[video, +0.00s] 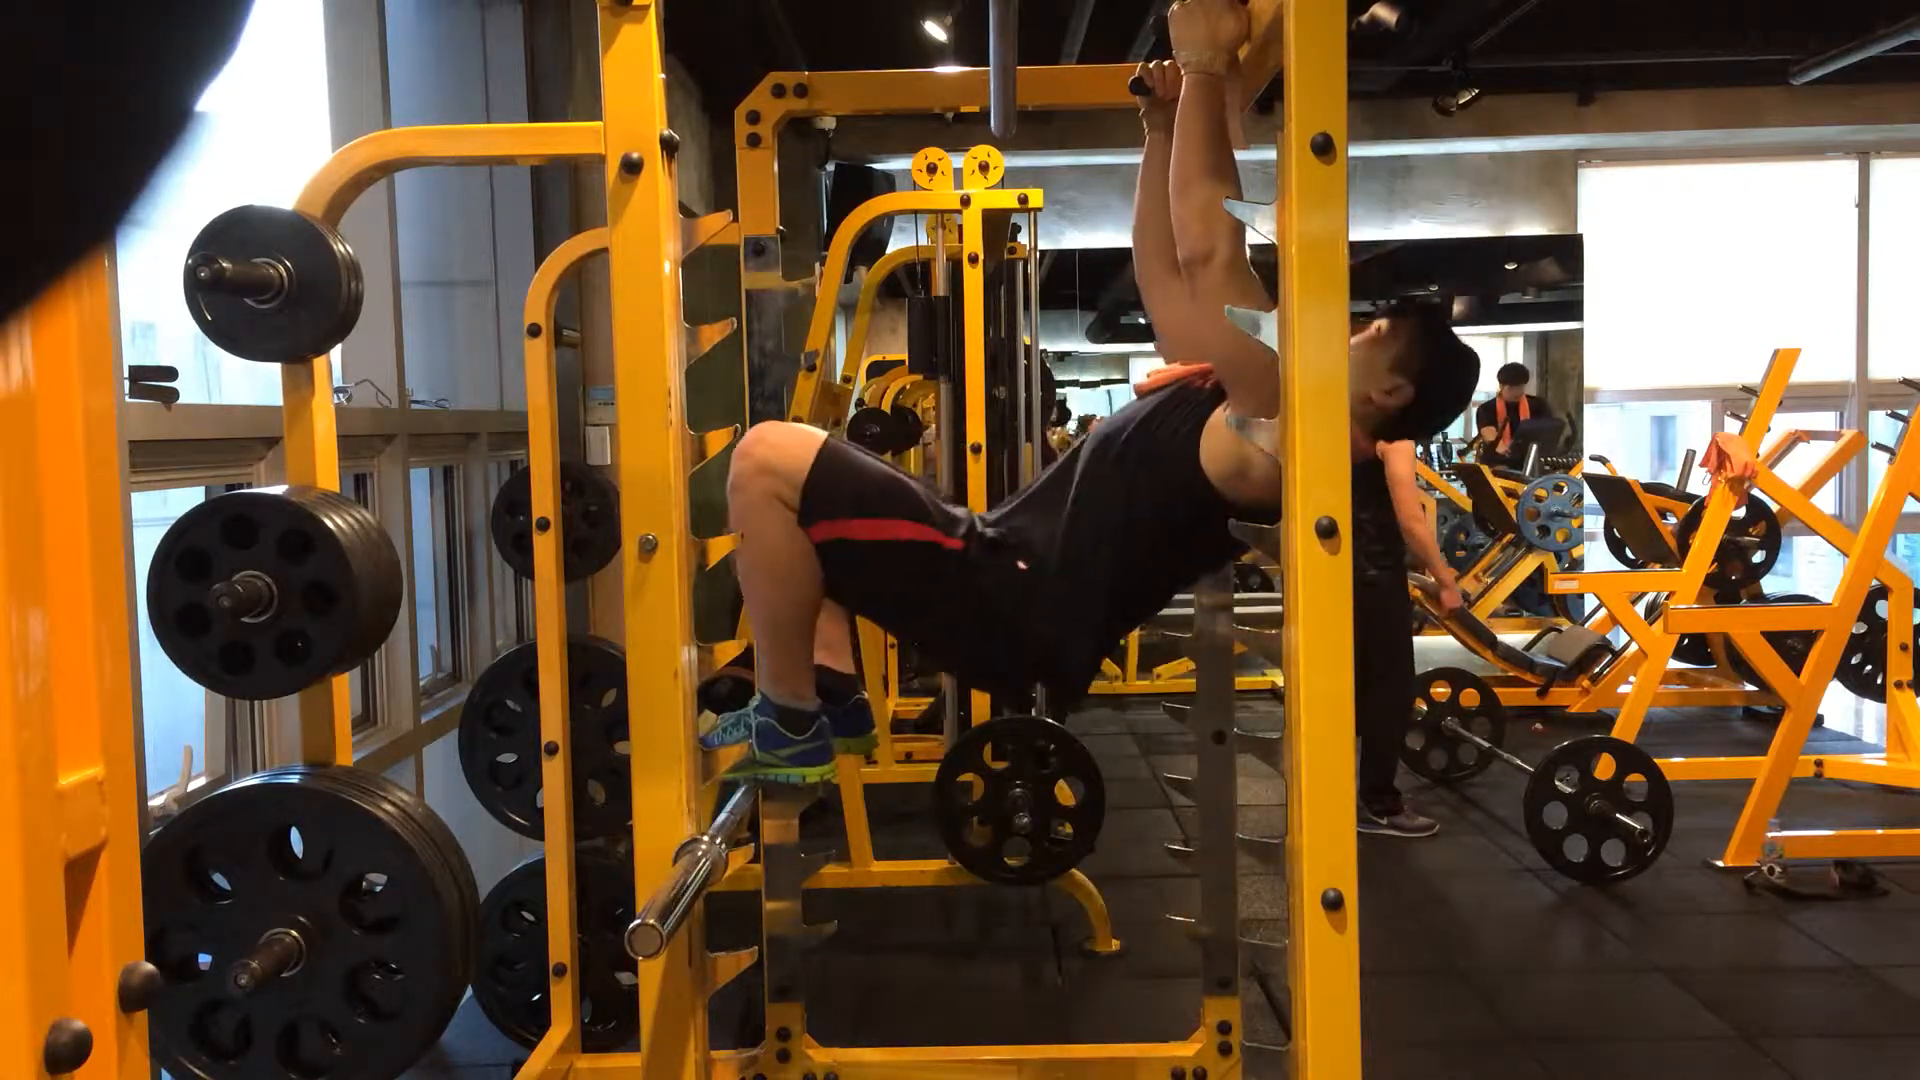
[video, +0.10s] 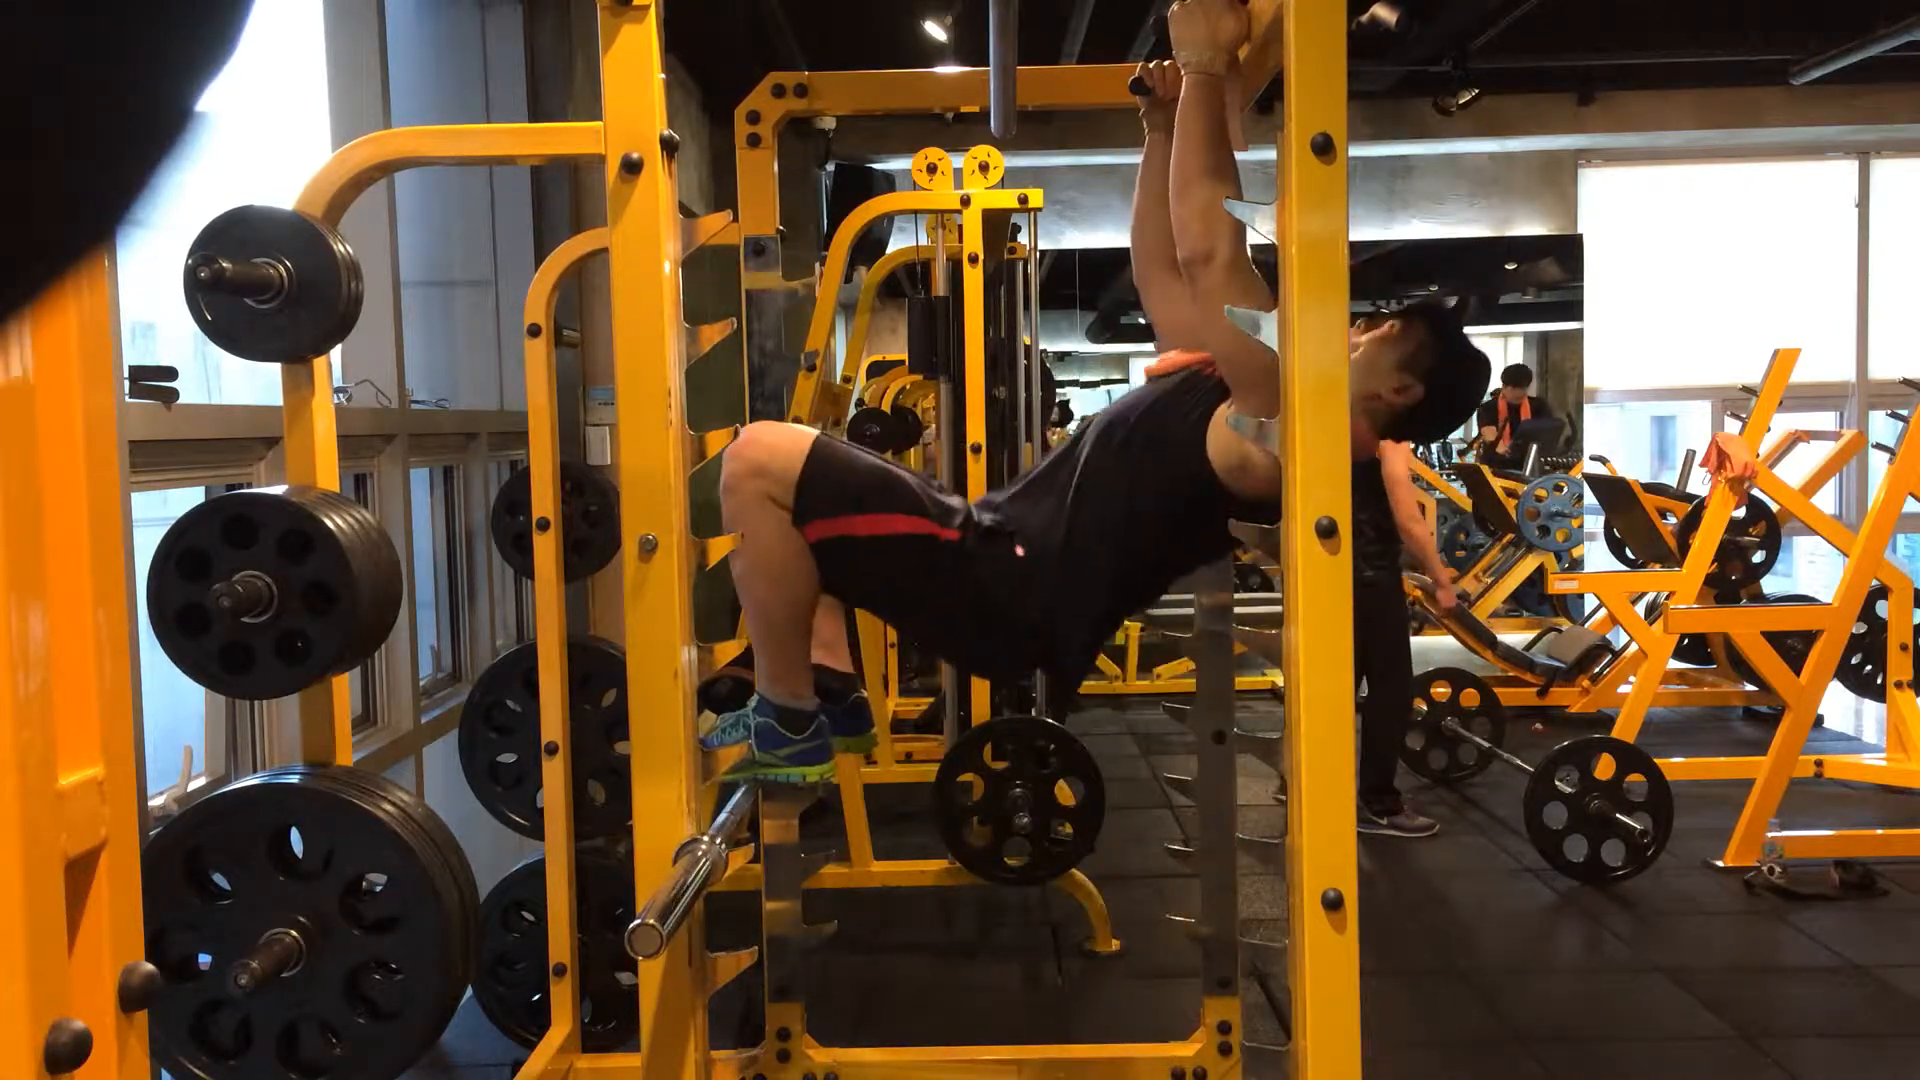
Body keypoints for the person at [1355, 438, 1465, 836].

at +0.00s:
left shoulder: (1335, 425)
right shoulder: (1393, 430)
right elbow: (1408, 516)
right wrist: (1444, 579)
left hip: (1334, 574)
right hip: (1376, 580)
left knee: (1346, 686)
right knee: (1391, 685)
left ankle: (1342, 799)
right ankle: (1379, 803)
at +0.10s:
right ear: (1393, 396)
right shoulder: (1389, 432)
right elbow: (1405, 516)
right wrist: (1440, 578)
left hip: (1329, 574)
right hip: (1373, 579)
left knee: (1335, 685)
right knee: (1393, 684)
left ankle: (1317, 790)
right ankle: (1379, 801)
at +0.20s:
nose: (1396, 399)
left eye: (1396, 392)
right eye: (1393, 391)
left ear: (1349, 381)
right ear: (1378, 385)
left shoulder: (1318, 423)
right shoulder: (1379, 426)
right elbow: (1401, 518)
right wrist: (1433, 576)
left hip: (1320, 574)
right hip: (1369, 577)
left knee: (1320, 688)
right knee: (1390, 689)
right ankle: (1379, 802)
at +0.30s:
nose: (1382, 387)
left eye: (1380, 377)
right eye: (1377, 378)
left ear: (1341, 383)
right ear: (1363, 383)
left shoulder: (1311, 424)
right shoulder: (1372, 431)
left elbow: (1259, 435)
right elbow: (1392, 519)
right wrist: (1424, 576)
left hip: (1318, 577)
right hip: (1364, 580)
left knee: (1315, 687)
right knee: (1387, 690)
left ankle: (1279, 792)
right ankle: (1380, 803)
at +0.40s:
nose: (1370, 384)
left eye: (1368, 374)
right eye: (1366, 374)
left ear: (1327, 378)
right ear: (1351, 376)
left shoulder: (1291, 427)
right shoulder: (1365, 430)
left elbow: (1278, 505)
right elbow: (1382, 517)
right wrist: (1414, 575)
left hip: (1303, 579)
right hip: (1351, 578)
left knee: (1294, 684)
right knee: (1379, 690)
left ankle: (1271, 803)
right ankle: (1381, 805)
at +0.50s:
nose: (1359, 390)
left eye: (1355, 383)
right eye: (1355, 384)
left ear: (1302, 386)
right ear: (1346, 387)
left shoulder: (1271, 430)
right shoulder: (1355, 430)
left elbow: (1266, 510)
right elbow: (1372, 513)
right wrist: (1399, 573)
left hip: (1284, 575)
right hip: (1337, 576)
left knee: (1283, 684)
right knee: (1371, 687)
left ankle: (1270, 804)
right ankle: (1380, 803)